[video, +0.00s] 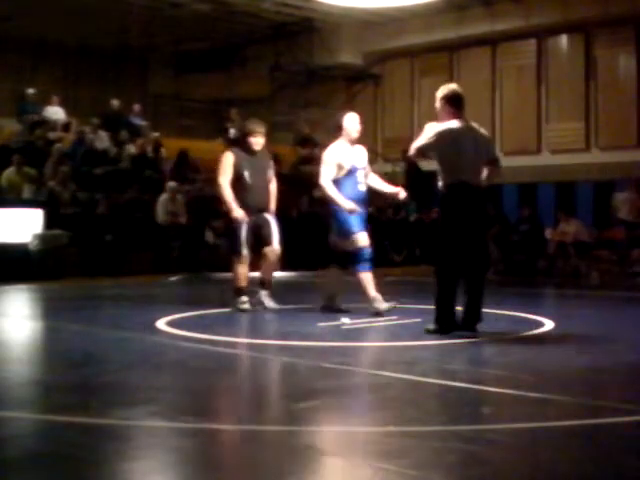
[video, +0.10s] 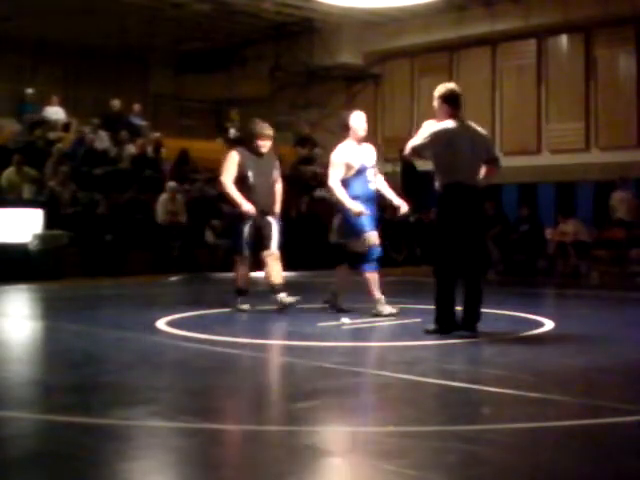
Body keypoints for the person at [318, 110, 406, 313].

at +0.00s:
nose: (357, 129)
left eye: (358, 124)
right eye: (353, 125)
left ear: (360, 127)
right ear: (343, 127)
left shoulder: (361, 150)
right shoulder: (333, 151)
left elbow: (367, 176)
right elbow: (324, 180)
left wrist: (391, 190)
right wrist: (344, 203)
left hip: (360, 206)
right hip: (344, 206)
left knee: (342, 253)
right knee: (363, 247)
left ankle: (330, 297)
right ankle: (375, 298)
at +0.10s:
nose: (364, 128)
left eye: (365, 123)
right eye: (359, 124)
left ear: (366, 125)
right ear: (350, 126)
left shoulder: (369, 149)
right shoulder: (341, 152)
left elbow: (375, 178)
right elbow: (333, 181)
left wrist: (396, 200)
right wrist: (350, 204)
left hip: (370, 205)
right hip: (355, 206)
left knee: (354, 253)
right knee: (372, 248)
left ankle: (334, 294)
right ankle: (378, 300)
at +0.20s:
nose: (370, 127)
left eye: (371, 123)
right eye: (366, 124)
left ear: (373, 124)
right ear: (356, 126)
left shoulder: (377, 147)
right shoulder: (349, 150)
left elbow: (382, 177)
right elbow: (341, 180)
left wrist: (392, 203)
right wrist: (359, 203)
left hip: (379, 200)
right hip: (362, 202)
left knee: (383, 246)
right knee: (378, 244)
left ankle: (350, 286)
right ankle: (379, 301)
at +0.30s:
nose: (378, 125)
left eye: (379, 121)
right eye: (373, 122)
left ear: (381, 122)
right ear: (364, 124)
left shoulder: (384, 146)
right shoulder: (357, 149)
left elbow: (388, 176)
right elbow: (349, 179)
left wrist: (392, 199)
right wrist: (368, 201)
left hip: (386, 200)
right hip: (369, 203)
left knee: (397, 241)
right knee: (378, 247)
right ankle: (379, 300)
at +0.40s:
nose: (385, 124)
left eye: (386, 120)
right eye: (381, 121)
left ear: (388, 122)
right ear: (371, 123)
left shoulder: (390, 145)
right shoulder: (364, 146)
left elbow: (393, 174)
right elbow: (356, 176)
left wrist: (397, 197)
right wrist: (376, 197)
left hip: (393, 201)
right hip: (375, 203)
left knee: (411, 240)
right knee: (380, 252)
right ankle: (380, 301)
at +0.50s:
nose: (392, 124)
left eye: (393, 119)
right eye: (388, 120)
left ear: (394, 121)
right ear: (378, 122)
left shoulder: (397, 145)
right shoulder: (370, 145)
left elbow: (402, 173)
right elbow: (361, 174)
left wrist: (405, 195)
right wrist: (383, 195)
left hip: (401, 200)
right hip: (381, 202)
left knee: (414, 247)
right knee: (382, 252)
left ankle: (420, 298)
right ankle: (379, 301)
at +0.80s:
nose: (411, 125)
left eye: (412, 120)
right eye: (407, 121)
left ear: (416, 121)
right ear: (398, 123)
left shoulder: (423, 145)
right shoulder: (391, 147)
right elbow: (381, 178)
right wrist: (396, 199)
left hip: (422, 201)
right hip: (401, 200)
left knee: (427, 250)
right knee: (397, 252)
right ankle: (381, 298)